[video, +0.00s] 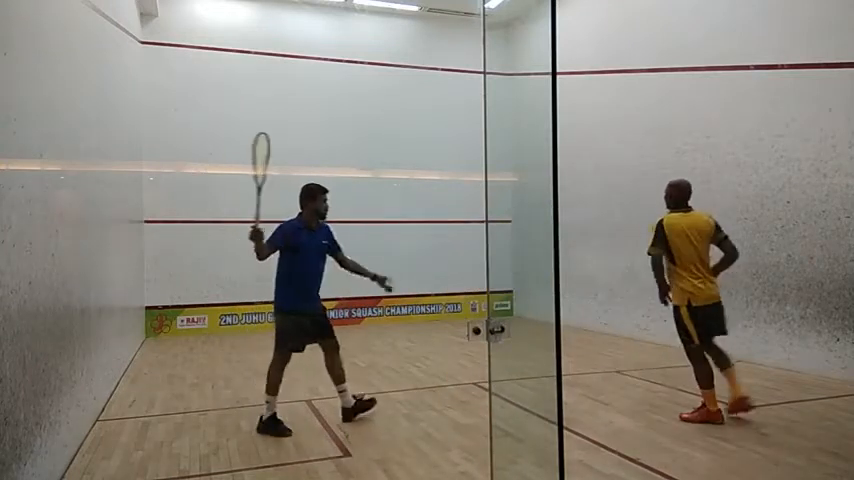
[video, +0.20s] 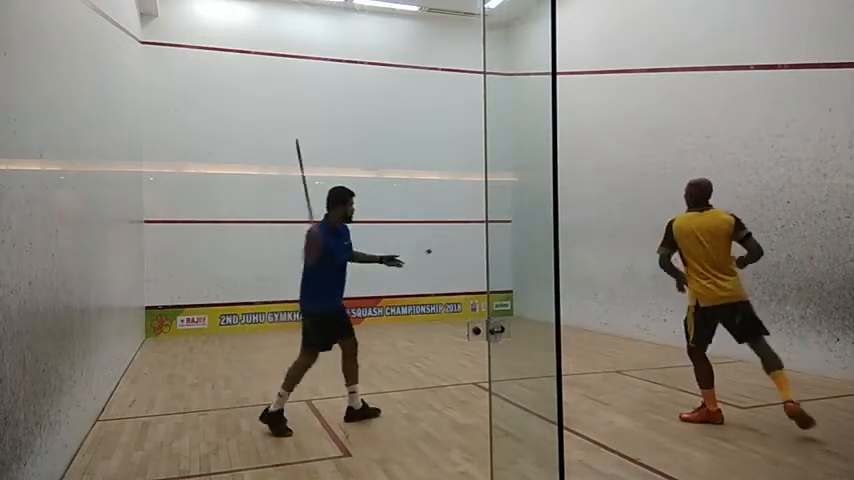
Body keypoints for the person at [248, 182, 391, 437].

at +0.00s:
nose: (327, 206)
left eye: (327, 201)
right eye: (323, 201)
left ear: (316, 204)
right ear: (307, 203)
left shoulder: (324, 232)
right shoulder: (288, 230)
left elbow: (344, 262)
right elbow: (263, 254)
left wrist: (374, 276)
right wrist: (258, 241)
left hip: (312, 304)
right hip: (288, 306)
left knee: (331, 348)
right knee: (281, 358)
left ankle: (348, 405)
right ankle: (268, 416)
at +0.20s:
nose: (353, 209)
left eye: (353, 205)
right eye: (350, 205)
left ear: (340, 207)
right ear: (337, 207)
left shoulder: (342, 232)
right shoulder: (317, 233)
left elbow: (350, 256)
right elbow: (310, 262)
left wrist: (381, 259)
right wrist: (316, 241)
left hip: (332, 304)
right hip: (316, 306)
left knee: (350, 347)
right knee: (306, 358)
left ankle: (355, 406)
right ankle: (275, 411)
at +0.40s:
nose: (377, 211)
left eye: (377, 207)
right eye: (375, 207)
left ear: (357, 207)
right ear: (364, 208)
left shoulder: (344, 228)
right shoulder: (354, 235)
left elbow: (342, 269)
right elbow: (379, 271)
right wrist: (404, 273)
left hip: (341, 302)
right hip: (347, 304)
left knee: (359, 351)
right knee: (354, 353)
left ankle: (356, 405)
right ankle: (310, 395)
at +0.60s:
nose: (397, 211)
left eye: (396, 206)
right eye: (395, 206)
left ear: (375, 205)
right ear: (390, 207)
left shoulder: (354, 225)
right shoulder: (393, 239)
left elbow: (337, 256)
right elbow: (388, 274)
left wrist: (341, 277)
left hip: (352, 302)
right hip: (377, 303)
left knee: (363, 349)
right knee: (391, 346)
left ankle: (357, 402)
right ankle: (372, 395)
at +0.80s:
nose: (416, 210)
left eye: (414, 205)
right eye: (416, 206)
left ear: (395, 204)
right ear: (415, 207)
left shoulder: (378, 224)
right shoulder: (418, 237)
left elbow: (356, 258)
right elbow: (405, 270)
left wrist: (333, 283)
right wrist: (374, 279)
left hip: (376, 303)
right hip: (404, 303)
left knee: (372, 349)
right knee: (419, 347)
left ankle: (359, 404)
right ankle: (437, 400)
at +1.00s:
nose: (438, 208)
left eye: (434, 203)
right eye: (439, 204)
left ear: (419, 203)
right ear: (440, 206)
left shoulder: (403, 223)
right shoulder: (444, 237)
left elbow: (391, 255)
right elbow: (438, 270)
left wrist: (375, 283)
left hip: (402, 301)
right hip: (431, 302)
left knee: (392, 348)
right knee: (440, 350)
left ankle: (377, 401)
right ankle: (444, 401)